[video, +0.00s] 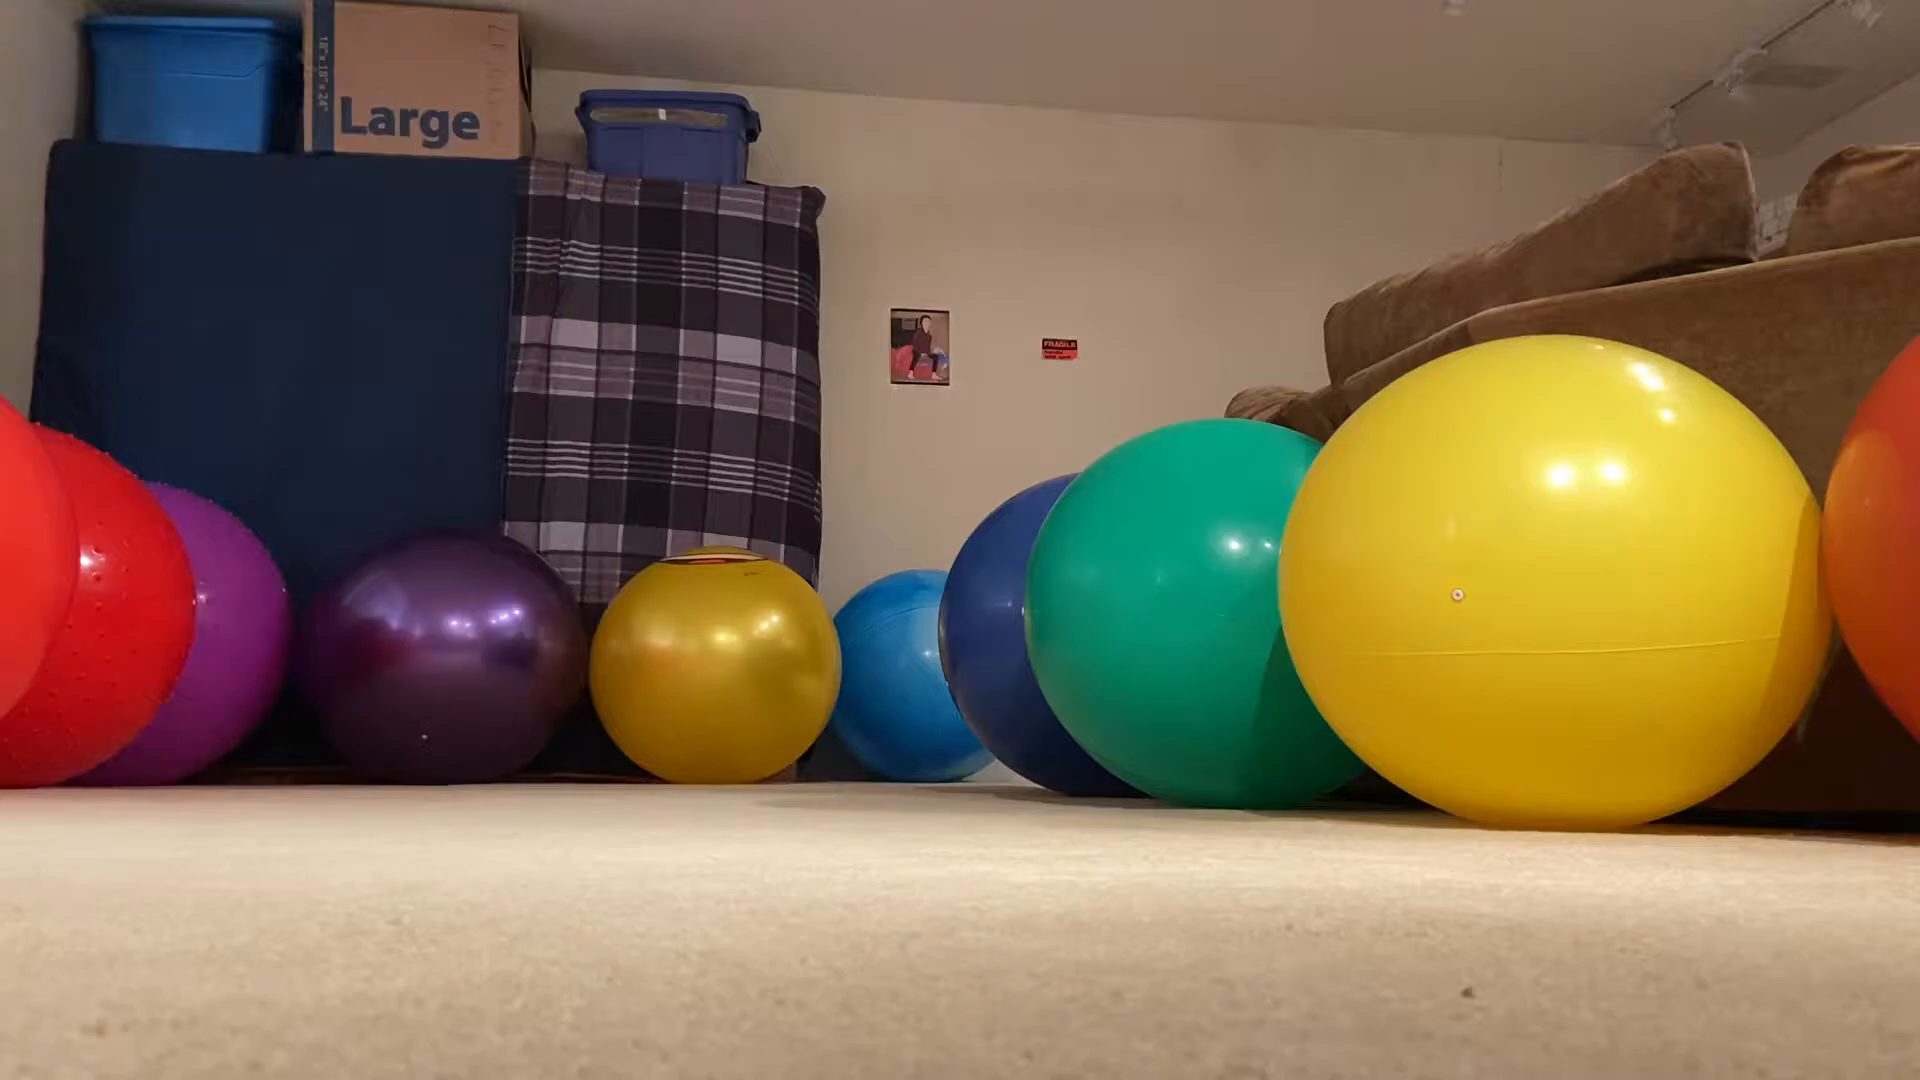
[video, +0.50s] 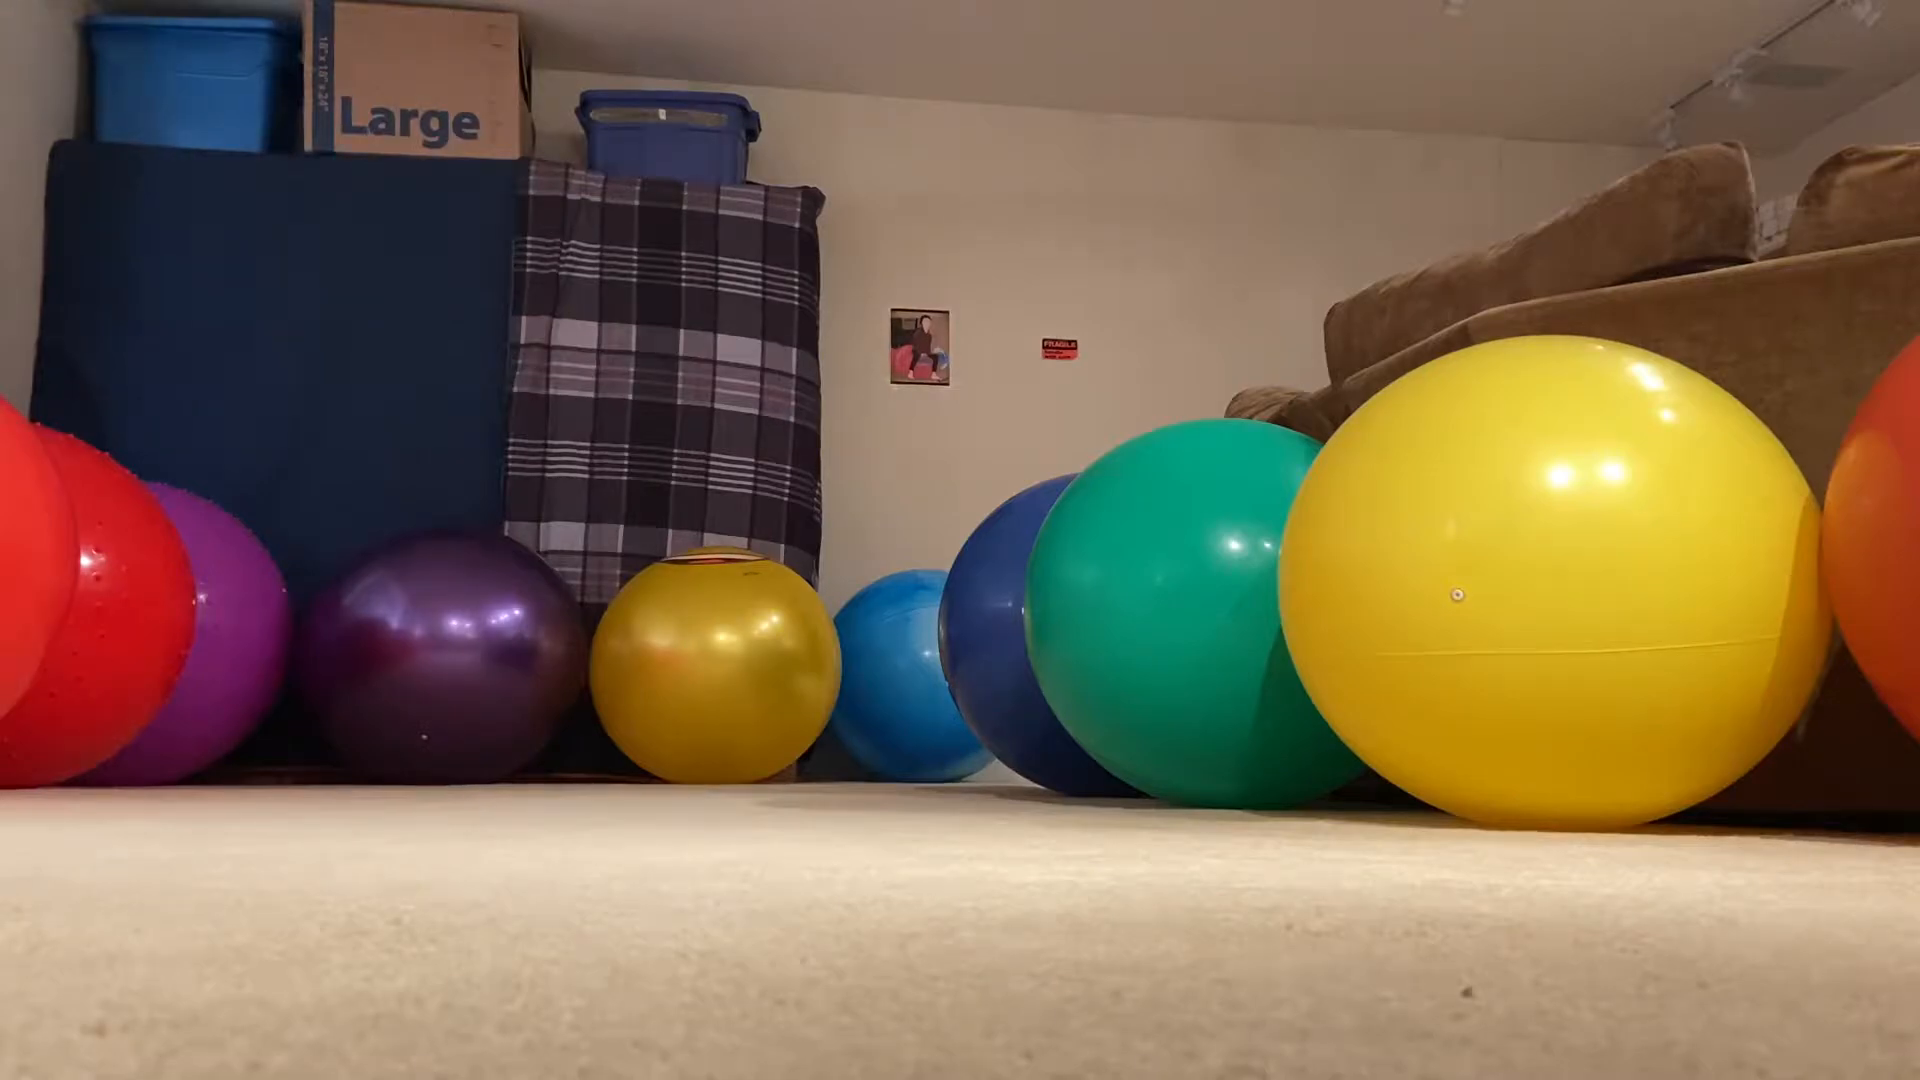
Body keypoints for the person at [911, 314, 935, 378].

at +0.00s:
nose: (927, 324)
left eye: (928, 322)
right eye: (925, 321)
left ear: (930, 323)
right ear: (922, 323)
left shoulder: (929, 336)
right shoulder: (918, 332)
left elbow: (928, 345)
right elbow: (914, 342)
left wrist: (928, 352)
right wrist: (918, 351)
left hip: (926, 352)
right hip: (918, 350)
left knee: (935, 356)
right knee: (916, 356)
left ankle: (934, 373)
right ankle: (911, 371)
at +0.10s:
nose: (927, 324)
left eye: (928, 322)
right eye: (925, 322)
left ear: (930, 323)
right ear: (922, 323)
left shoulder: (929, 336)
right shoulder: (918, 332)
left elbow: (928, 345)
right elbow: (914, 342)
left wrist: (928, 352)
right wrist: (918, 351)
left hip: (926, 352)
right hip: (918, 350)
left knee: (935, 356)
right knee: (916, 356)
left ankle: (933, 373)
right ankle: (911, 371)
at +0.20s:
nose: (927, 323)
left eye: (928, 321)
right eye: (925, 321)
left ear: (930, 323)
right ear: (922, 323)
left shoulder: (929, 335)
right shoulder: (918, 333)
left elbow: (928, 345)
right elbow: (915, 343)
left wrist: (928, 352)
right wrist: (919, 351)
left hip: (926, 351)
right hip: (918, 350)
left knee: (935, 356)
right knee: (916, 355)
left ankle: (933, 373)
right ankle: (911, 371)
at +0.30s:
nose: (927, 323)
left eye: (928, 321)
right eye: (925, 321)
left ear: (930, 323)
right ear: (922, 323)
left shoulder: (929, 335)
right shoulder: (918, 333)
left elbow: (928, 345)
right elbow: (915, 343)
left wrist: (928, 352)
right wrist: (919, 351)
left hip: (925, 351)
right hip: (918, 350)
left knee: (935, 356)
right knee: (916, 355)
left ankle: (933, 373)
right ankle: (911, 371)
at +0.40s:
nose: (927, 323)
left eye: (928, 321)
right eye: (925, 321)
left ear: (930, 323)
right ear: (922, 323)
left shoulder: (929, 335)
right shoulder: (918, 333)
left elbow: (928, 345)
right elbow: (915, 343)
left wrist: (928, 352)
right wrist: (919, 351)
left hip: (925, 351)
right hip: (918, 350)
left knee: (935, 356)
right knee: (916, 355)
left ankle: (933, 373)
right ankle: (911, 371)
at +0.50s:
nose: (927, 323)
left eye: (928, 321)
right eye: (925, 321)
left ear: (930, 323)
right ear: (922, 323)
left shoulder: (929, 335)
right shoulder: (918, 333)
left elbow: (928, 345)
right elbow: (915, 343)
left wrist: (928, 352)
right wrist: (919, 351)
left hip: (925, 351)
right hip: (918, 350)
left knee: (935, 356)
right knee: (916, 355)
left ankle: (933, 373)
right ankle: (911, 371)